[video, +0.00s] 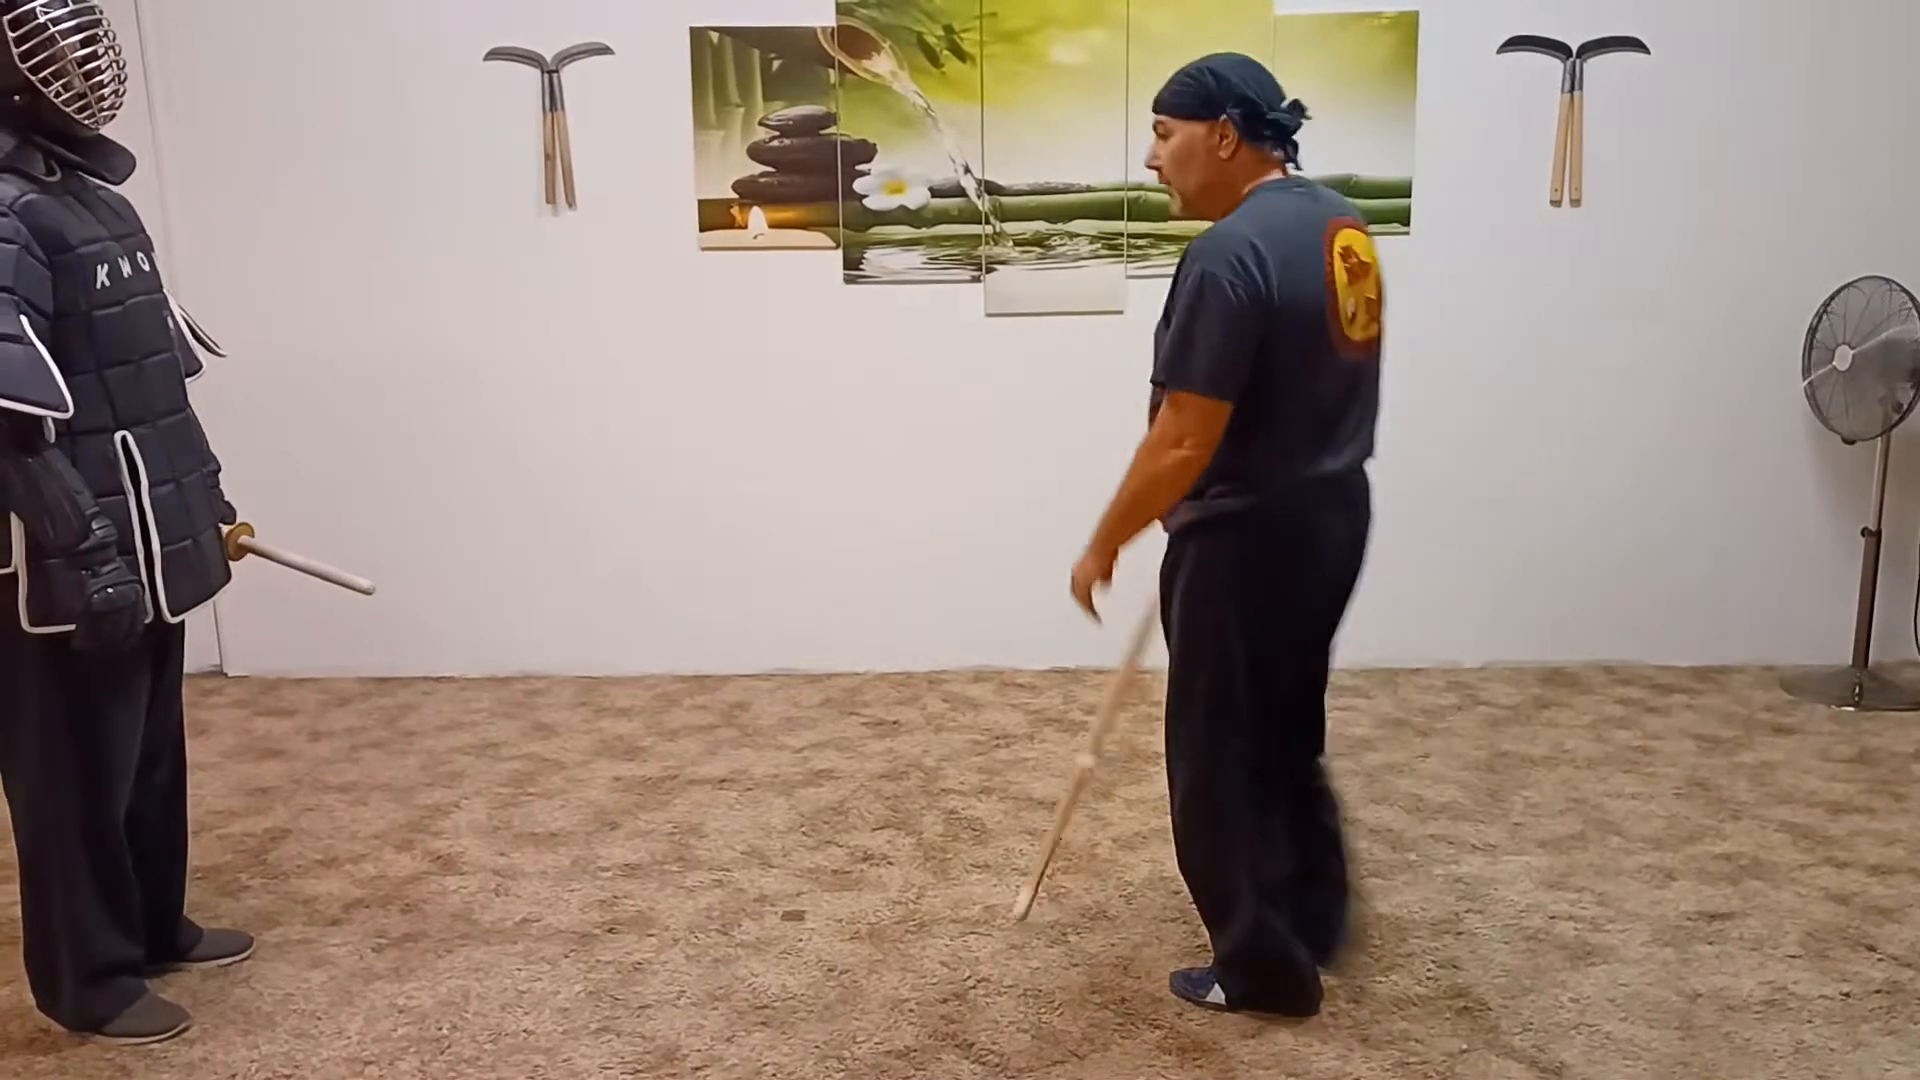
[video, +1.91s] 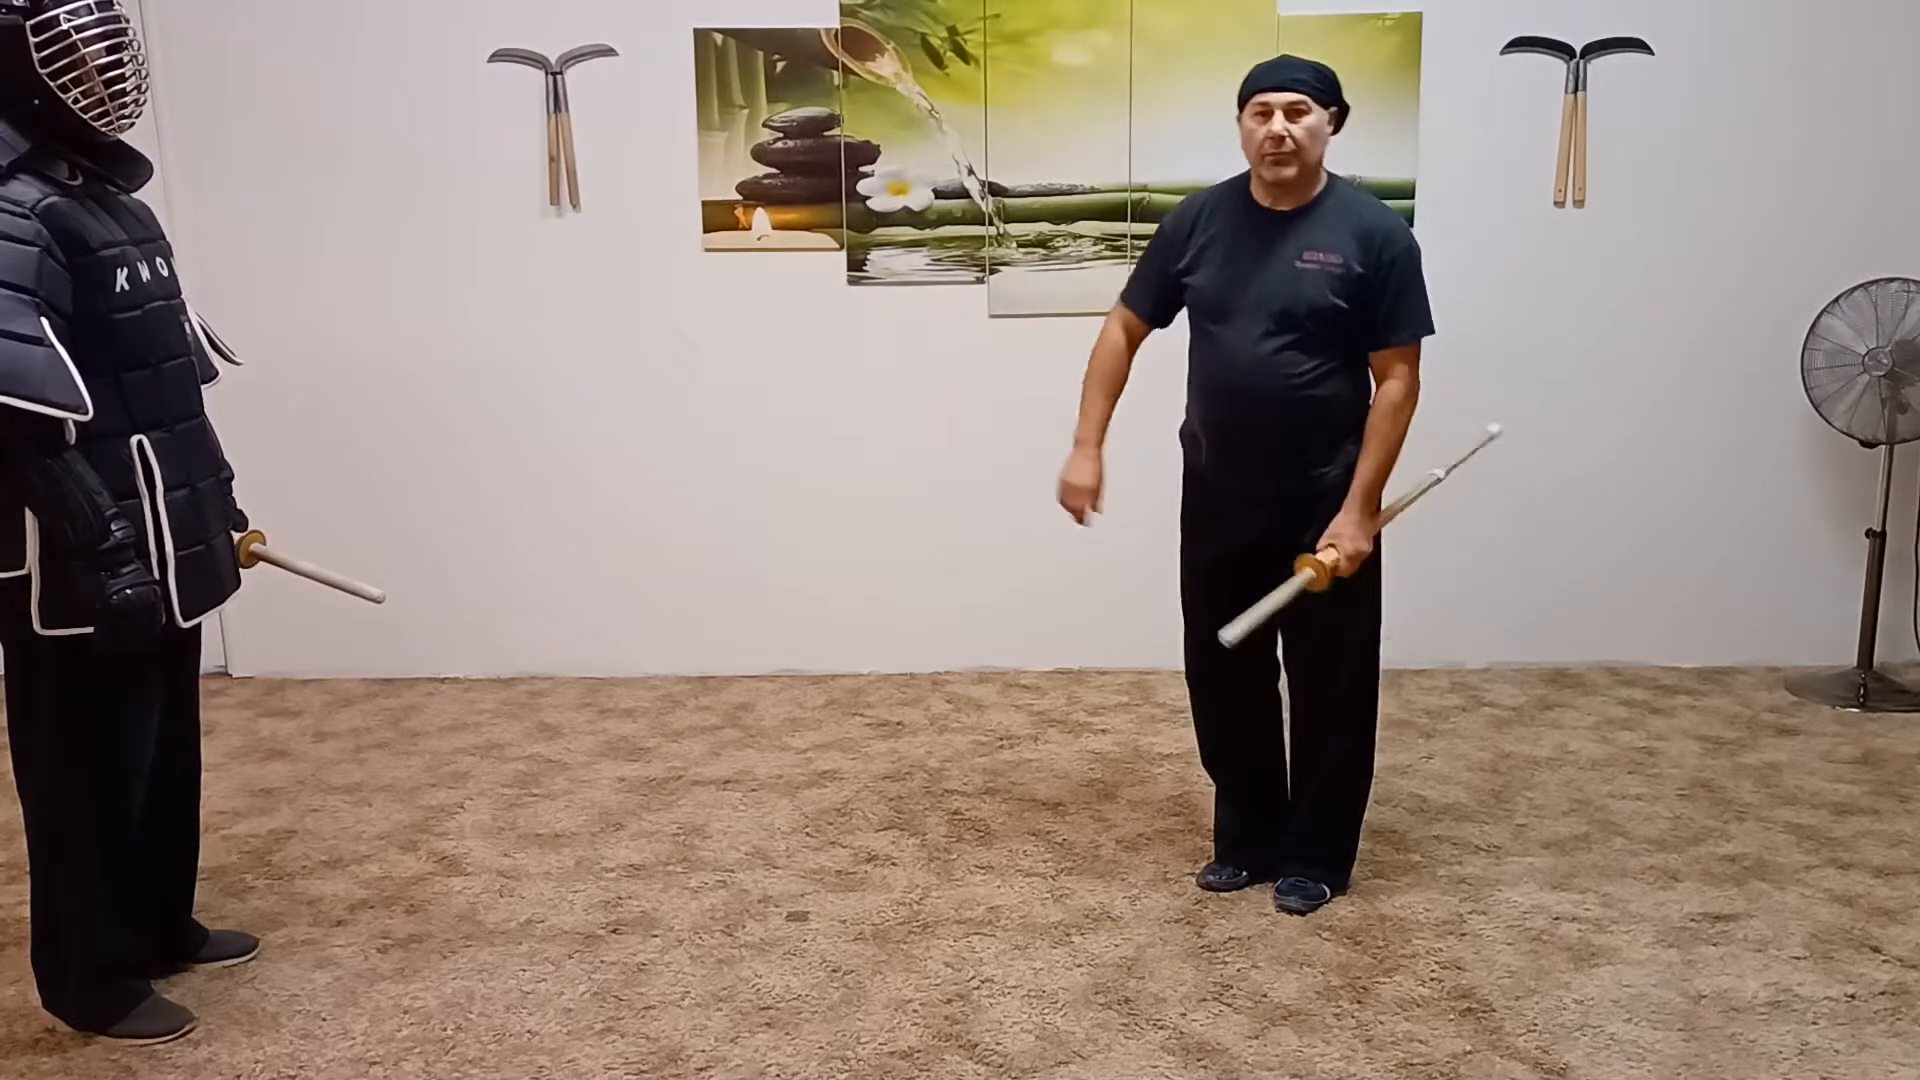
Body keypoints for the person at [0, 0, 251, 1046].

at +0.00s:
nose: (101, 69)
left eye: (96, 51)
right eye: (77, 54)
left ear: (62, 74)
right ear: (29, 73)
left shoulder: (104, 203)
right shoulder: (12, 214)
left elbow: (159, 381)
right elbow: (23, 413)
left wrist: (206, 504)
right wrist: (83, 546)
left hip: (146, 546)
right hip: (68, 559)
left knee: (147, 752)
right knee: (76, 773)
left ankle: (154, 930)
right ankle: (84, 982)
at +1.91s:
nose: (126, 74)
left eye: (123, 55)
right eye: (102, 57)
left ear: (98, 73)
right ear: (47, 72)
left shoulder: (121, 199)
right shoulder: (22, 207)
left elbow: (174, 382)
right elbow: (25, 400)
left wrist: (221, 508)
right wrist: (101, 539)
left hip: (160, 541)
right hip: (72, 553)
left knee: (161, 748)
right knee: (86, 768)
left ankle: (161, 931)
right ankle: (90, 981)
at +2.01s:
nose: (123, 67)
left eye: (119, 48)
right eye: (98, 49)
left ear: (100, 67)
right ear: (44, 67)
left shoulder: (119, 197)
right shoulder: (21, 206)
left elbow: (174, 380)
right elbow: (26, 400)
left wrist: (219, 509)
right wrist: (101, 538)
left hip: (159, 541)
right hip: (71, 553)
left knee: (161, 748)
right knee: (86, 768)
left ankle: (161, 931)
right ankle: (90, 981)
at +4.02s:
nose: (96, 67)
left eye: (90, 51)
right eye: (73, 53)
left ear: (59, 75)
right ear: (34, 74)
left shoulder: (111, 207)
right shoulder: (12, 214)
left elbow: (166, 384)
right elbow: (22, 410)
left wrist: (212, 511)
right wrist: (98, 538)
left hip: (153, 547)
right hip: (65, 560)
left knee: (156, 752)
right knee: (82, 773)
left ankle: (160, 931)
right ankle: (87, 983)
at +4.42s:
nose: (97, 71)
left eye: (91, 55)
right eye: (77, 57)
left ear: (55, 81)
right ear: (34, 77)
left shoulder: (103, 205)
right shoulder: (9, 211)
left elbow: (159, 384)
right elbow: (20, 409)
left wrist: (204, 509)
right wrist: (98, 544)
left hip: (146, 545)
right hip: (58, 560)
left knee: (152, 750)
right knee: (79, 772)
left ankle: (158, 931)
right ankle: (85, 982)